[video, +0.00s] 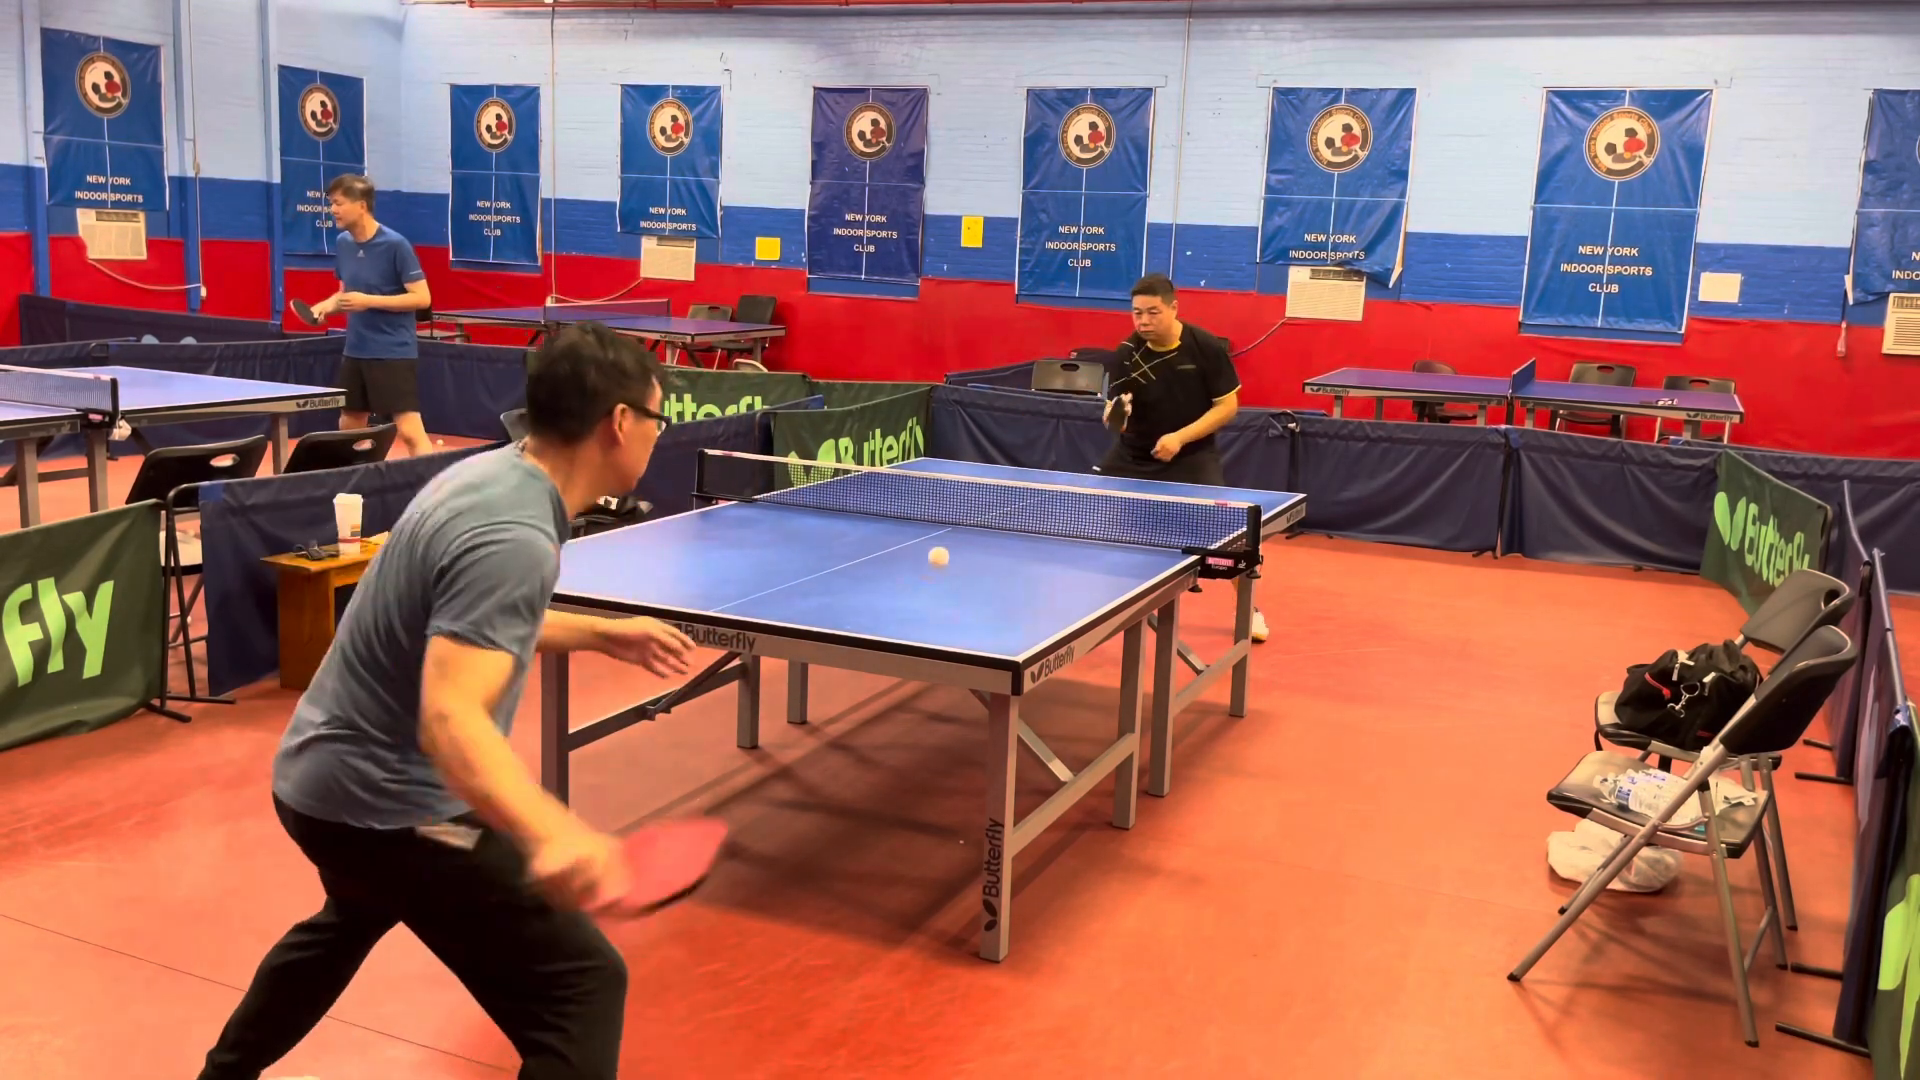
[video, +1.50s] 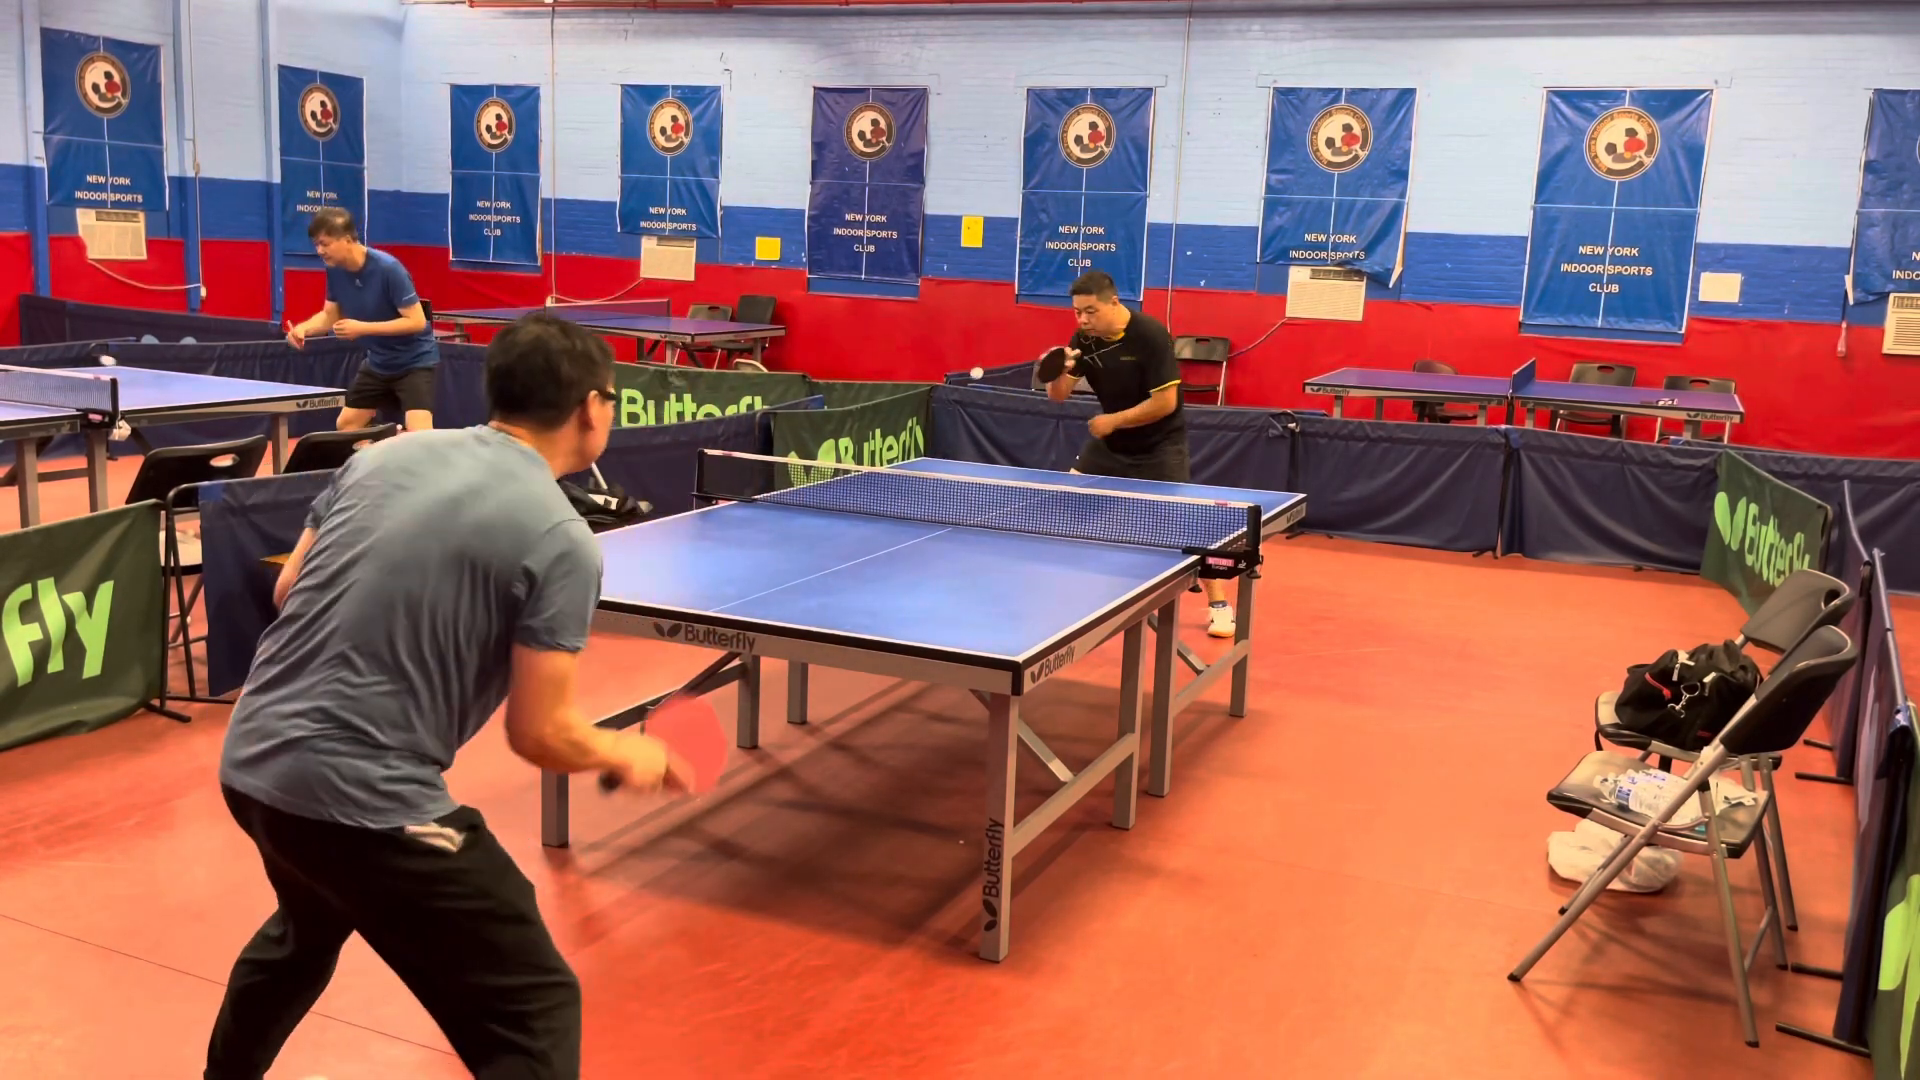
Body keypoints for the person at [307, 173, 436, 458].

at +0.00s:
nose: (333, 209)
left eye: (339, 203)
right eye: (332, 203)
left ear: (362, 206)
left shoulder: (396, 245)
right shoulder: (344, 242)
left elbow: (422, 298)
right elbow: (347, 293)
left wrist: (368, 301)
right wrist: (324, 307)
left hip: (394, 355)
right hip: (356, 353)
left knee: (410, 432)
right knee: (350, 427)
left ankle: (439, 496)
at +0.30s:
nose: (310, 236)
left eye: (315, 229)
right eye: (309, 230)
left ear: (338, 227)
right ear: (334, 229)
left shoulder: (381, 256)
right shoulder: (330, 261)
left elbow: (416, 305)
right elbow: (335, 307)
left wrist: (363, 318)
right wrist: (315, 325)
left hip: (408, 357)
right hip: (368, 357)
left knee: (409, 428)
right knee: (344, 423)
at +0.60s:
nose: (317, 248)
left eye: (321, 241)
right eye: (315, 242)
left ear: (344, 238)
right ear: (341, 240)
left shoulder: (387, 265)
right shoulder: (339, 269)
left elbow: (419, 318)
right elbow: (347, 315)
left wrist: (363, 327)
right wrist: (318, 332)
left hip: (417, 360)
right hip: (379, 360)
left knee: (418, 430)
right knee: (349, 425)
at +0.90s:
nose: (323, 243)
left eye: (328, 236)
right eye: (321, 237)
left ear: (351, 234)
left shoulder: (393, 263)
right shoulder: (341, 267)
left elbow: (420, 316)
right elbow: (346, 311)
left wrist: (364, 322)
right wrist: (323, 328)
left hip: (418, 359)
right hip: (379, 359)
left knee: (419, 430)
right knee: (350, 425)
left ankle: (445, 491)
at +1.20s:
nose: (327, 235)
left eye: (332, 228)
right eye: (325, 229)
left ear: (355, 226)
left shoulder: (395, 259)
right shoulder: (342, 262)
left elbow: (417, 312)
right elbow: (342, 306)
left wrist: (364, 316)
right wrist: (317, 320)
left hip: (406, 366)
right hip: (370, 365)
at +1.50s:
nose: (319, 251)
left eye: (324, 244)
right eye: (317, 245)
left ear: (347, 240)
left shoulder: (390, 269)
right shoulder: (335, 271)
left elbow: (417, 322)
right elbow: (331, 315)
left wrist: (363, 328)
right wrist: (304, 327)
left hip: (415, 360)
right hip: (377, 361)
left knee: (419, 433)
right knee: (346, 424)